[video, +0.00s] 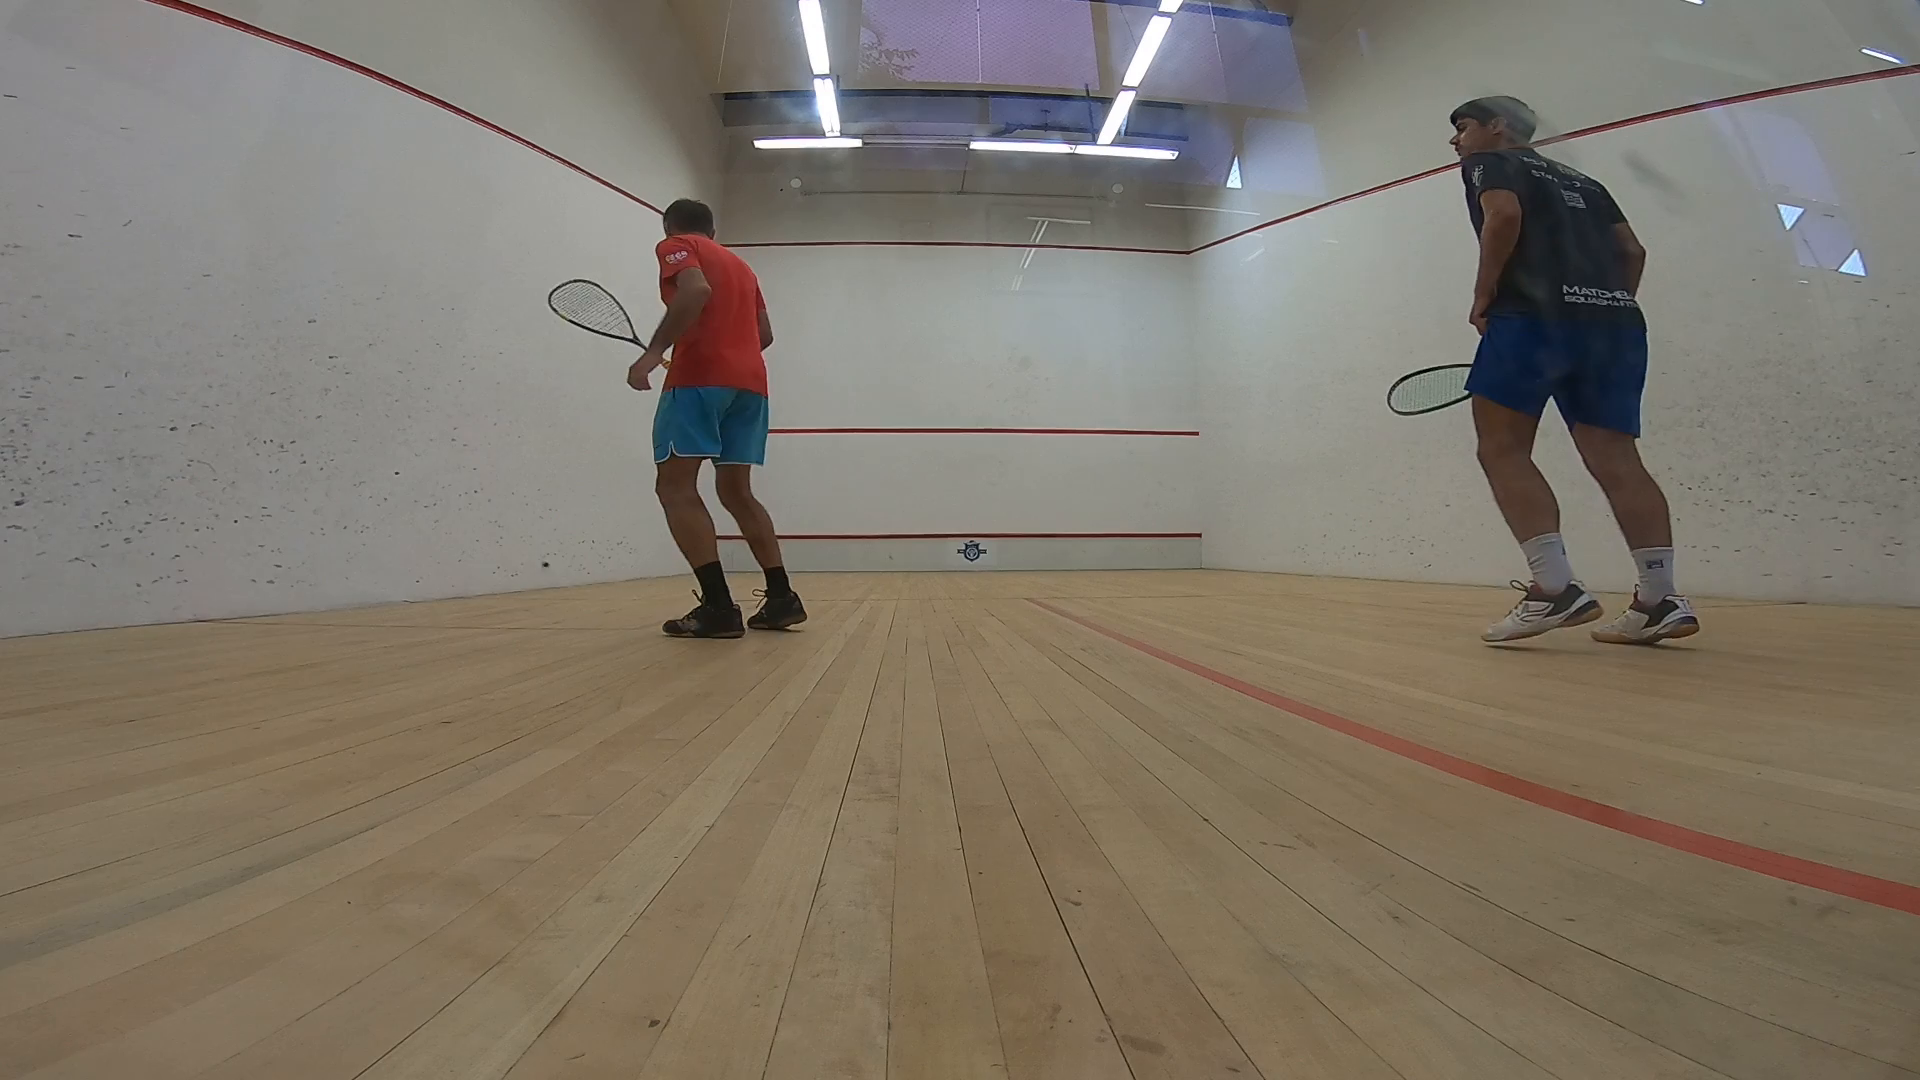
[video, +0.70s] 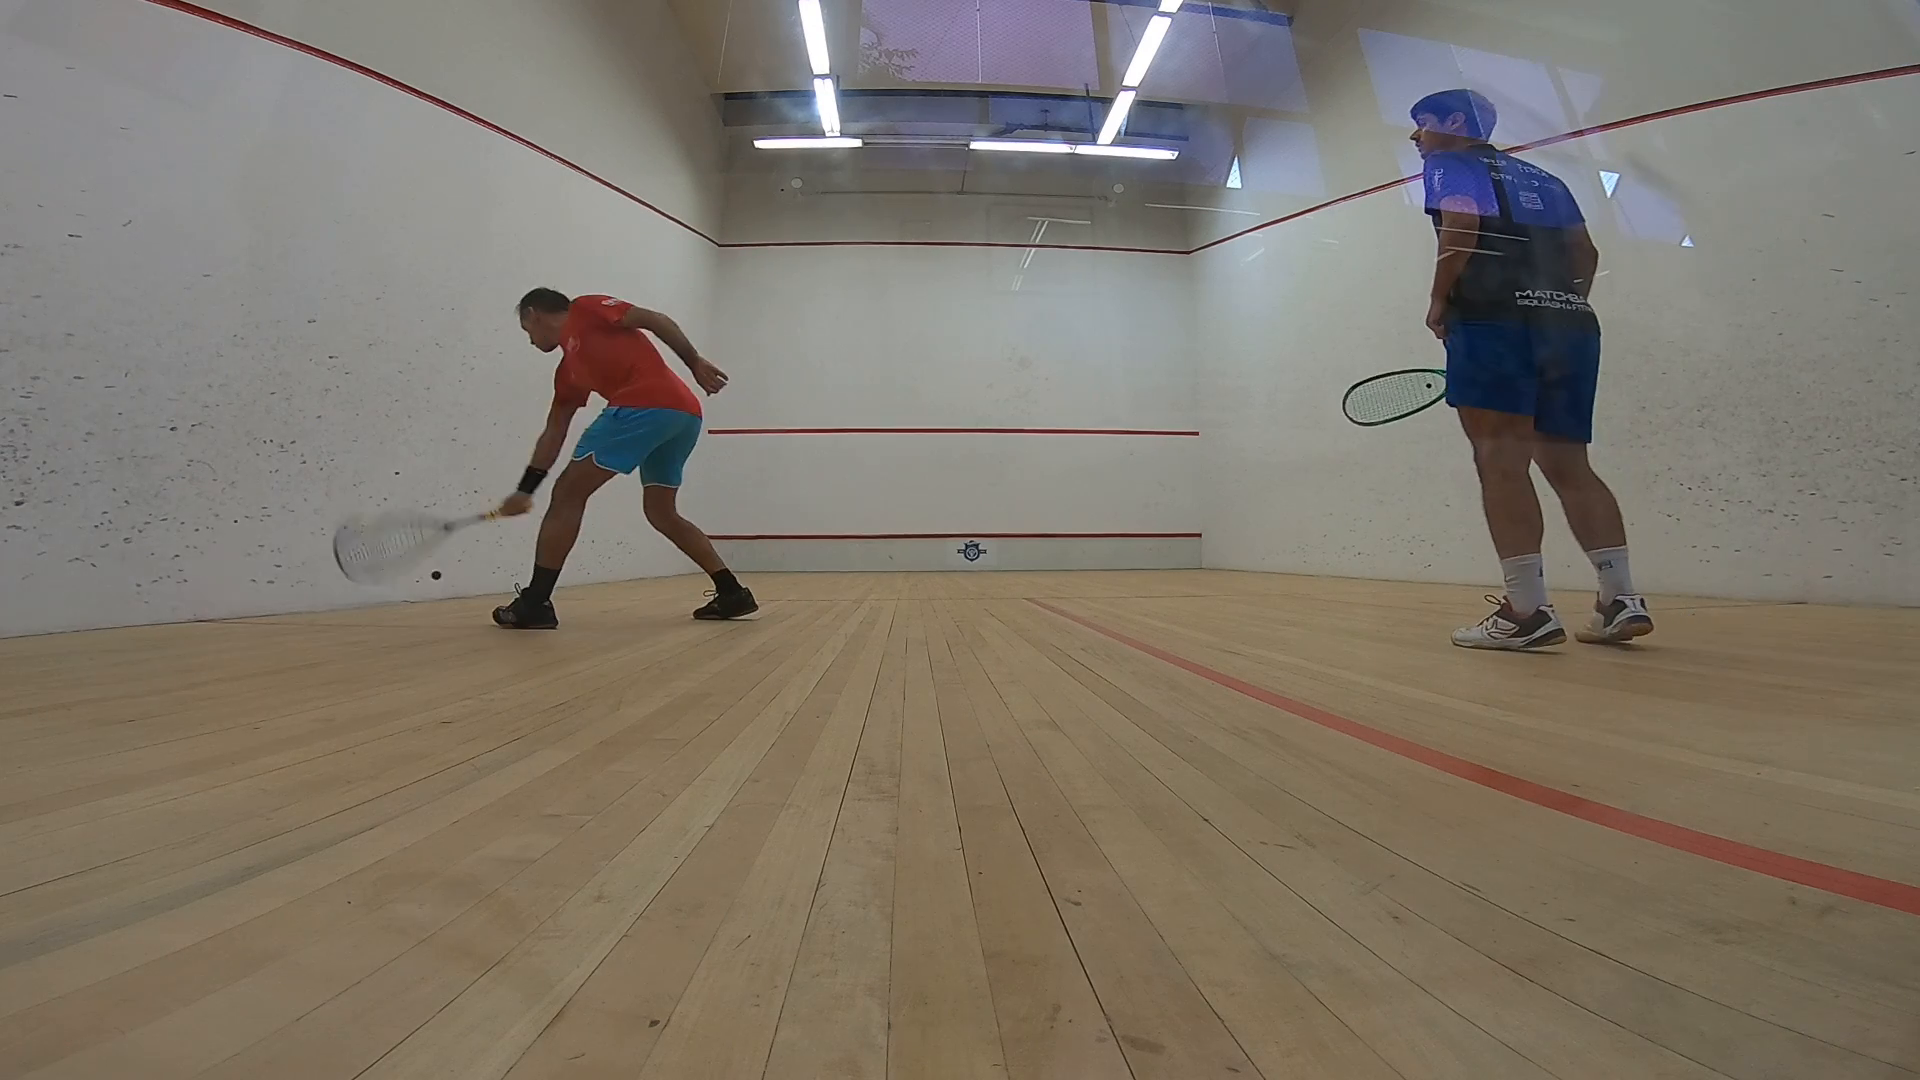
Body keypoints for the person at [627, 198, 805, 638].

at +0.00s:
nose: (665, 238)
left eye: (665, 232)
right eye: (668, 232)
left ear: (671, 228)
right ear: (710, 230)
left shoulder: (675, 243)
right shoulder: (739, 266)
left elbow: (695, 289)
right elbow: (763, 335)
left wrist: (651, 353)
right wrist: (699, 351)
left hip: (699, 377)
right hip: (751, 381)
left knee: (676, 488)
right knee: (736, 490)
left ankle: (718, 607)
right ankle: (782, 598)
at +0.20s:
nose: (647, 258)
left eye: (645, 250)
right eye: (646, 251)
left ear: (651, 242)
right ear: (684, 241)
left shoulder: (667, 254)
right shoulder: (708, 269)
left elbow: (695, 302)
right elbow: (709, 344)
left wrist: (664, 366)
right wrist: (658, 371)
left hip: (700, 383)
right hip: (734, 385)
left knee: (676, 488)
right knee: (697, 490)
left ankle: (717, 608)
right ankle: (744, 581)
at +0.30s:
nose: (637, 275)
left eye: (636, 266)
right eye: (636, 268)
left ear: (644, 255)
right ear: (670, 251)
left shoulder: (667, 265)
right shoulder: (687, 282)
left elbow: (704, 300)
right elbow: (693, 364)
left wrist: (667, 359)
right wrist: (634, 363)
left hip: (694, 395)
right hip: (724, 398)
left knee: (649, 491)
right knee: (697, 498)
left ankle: (709, 593)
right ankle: (739, 596)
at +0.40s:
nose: (619, 299)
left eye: (616, 287)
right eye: (615, 290)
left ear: (625, 274)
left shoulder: (663, 280)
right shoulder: (652, 321)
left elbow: (716, 308)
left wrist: (684, 357)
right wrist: (594, 344)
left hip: (693, 402)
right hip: (723, 407)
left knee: (611, 479)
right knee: (685, 500)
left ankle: (663, 581)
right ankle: (736, 595)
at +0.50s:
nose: (586, 316)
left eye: (584, 306)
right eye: (583, 310)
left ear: (593, 293)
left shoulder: (642, 293)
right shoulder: (618, 343)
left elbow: (706, 313)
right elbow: (577, 382)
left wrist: (701, 359)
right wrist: (561, 337)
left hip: (685, 401)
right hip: (717, 408)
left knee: (603, 475)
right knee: (680, 504)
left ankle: (581, 595)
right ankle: (735, 596)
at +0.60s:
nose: (556, 330)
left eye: (554, 320)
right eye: (552, 323)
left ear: (570, 307)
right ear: (574, 311)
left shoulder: (616, 302)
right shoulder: (588, 360)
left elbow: (684, 317)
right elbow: (549, 406)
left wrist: (705, 361)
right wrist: (518, 396)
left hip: (663, 404)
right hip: (707, 409)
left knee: (599, 496)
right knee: (676, 509)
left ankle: (549, 599)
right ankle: (735, 595)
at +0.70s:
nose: (530, 339)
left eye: (527, 328)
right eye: (526, 331)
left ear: (537, 314)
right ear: (544, 314)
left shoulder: (585, 308)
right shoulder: (571, 371)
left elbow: (655, 320)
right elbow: (554, 433)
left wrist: (695, 362)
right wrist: (525, 490)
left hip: (643, 407)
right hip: (683, 413)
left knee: (568, 491)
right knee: (660, 512)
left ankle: (535, 601)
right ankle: (732, 592)